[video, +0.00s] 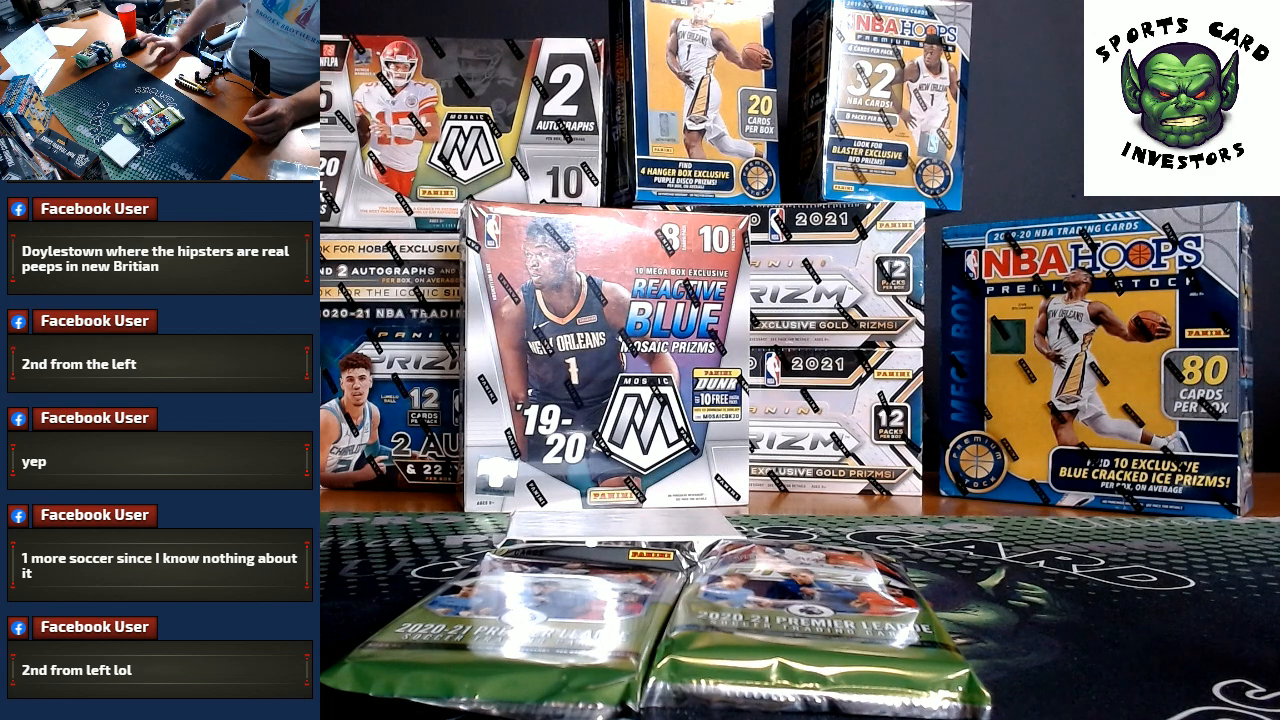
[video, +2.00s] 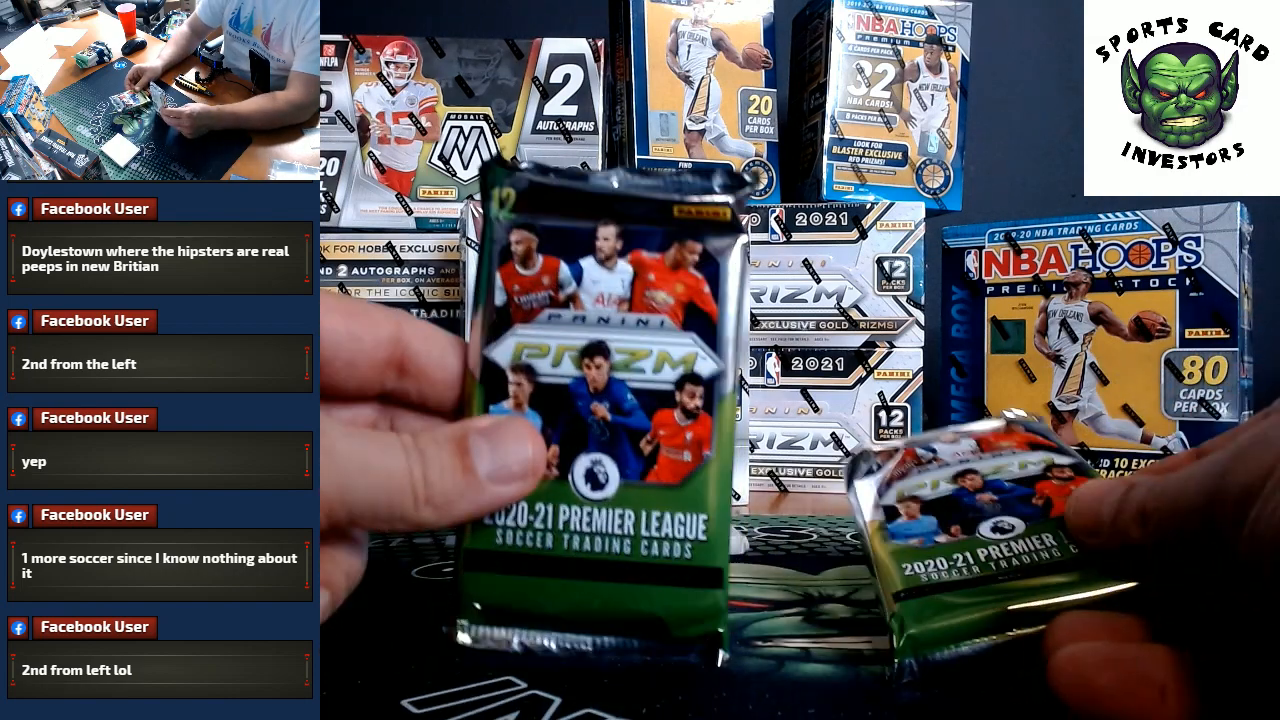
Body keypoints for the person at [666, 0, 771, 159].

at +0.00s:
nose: (697, 9)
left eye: (703, 6)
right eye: (695, 6)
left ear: (711, 12)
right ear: (692, 8)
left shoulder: (715, 34)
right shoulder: (678, 25)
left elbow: (740, 59)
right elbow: (670, 53)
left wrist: (764, 62)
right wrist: (678, 72)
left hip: (705, 87)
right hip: (692, 88)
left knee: (692, 141)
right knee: (725, 145)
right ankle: (766, 158)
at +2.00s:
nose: (697, 9)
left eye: (702, 6)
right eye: (695, 6)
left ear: (711, 11)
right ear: (692, 8)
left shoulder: (715, 34)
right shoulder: (678, 25)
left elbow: (739, 59)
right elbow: (670, 54)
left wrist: (764, 63)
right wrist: (678, 72)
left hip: (705, 87)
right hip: (692, 88)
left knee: (692, 141)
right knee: (725, 145)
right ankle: (762, 156)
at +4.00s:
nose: (694, 11)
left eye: (697, 8)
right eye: (688, 7)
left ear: (702, 8)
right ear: (683, 6)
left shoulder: (712, 31)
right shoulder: (679, 25)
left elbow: (734, 54)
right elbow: (671, 53)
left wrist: (756, 59)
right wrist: (678, 70)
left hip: (706, 84)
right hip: (692, 85)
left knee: (692, 138)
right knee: (724, 142)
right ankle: (757, 152)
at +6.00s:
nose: (695, 11)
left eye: (698, 8)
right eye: (690, 7)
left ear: (703, 8)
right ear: (684, 6)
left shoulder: (712, 30)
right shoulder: (679, 25)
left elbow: (734, 54)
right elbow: (671, 53)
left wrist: (755, 59)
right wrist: (678, 70)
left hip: (706, 84)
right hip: (692, 85)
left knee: (692, 138)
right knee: (724, 142)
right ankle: (756, 152)